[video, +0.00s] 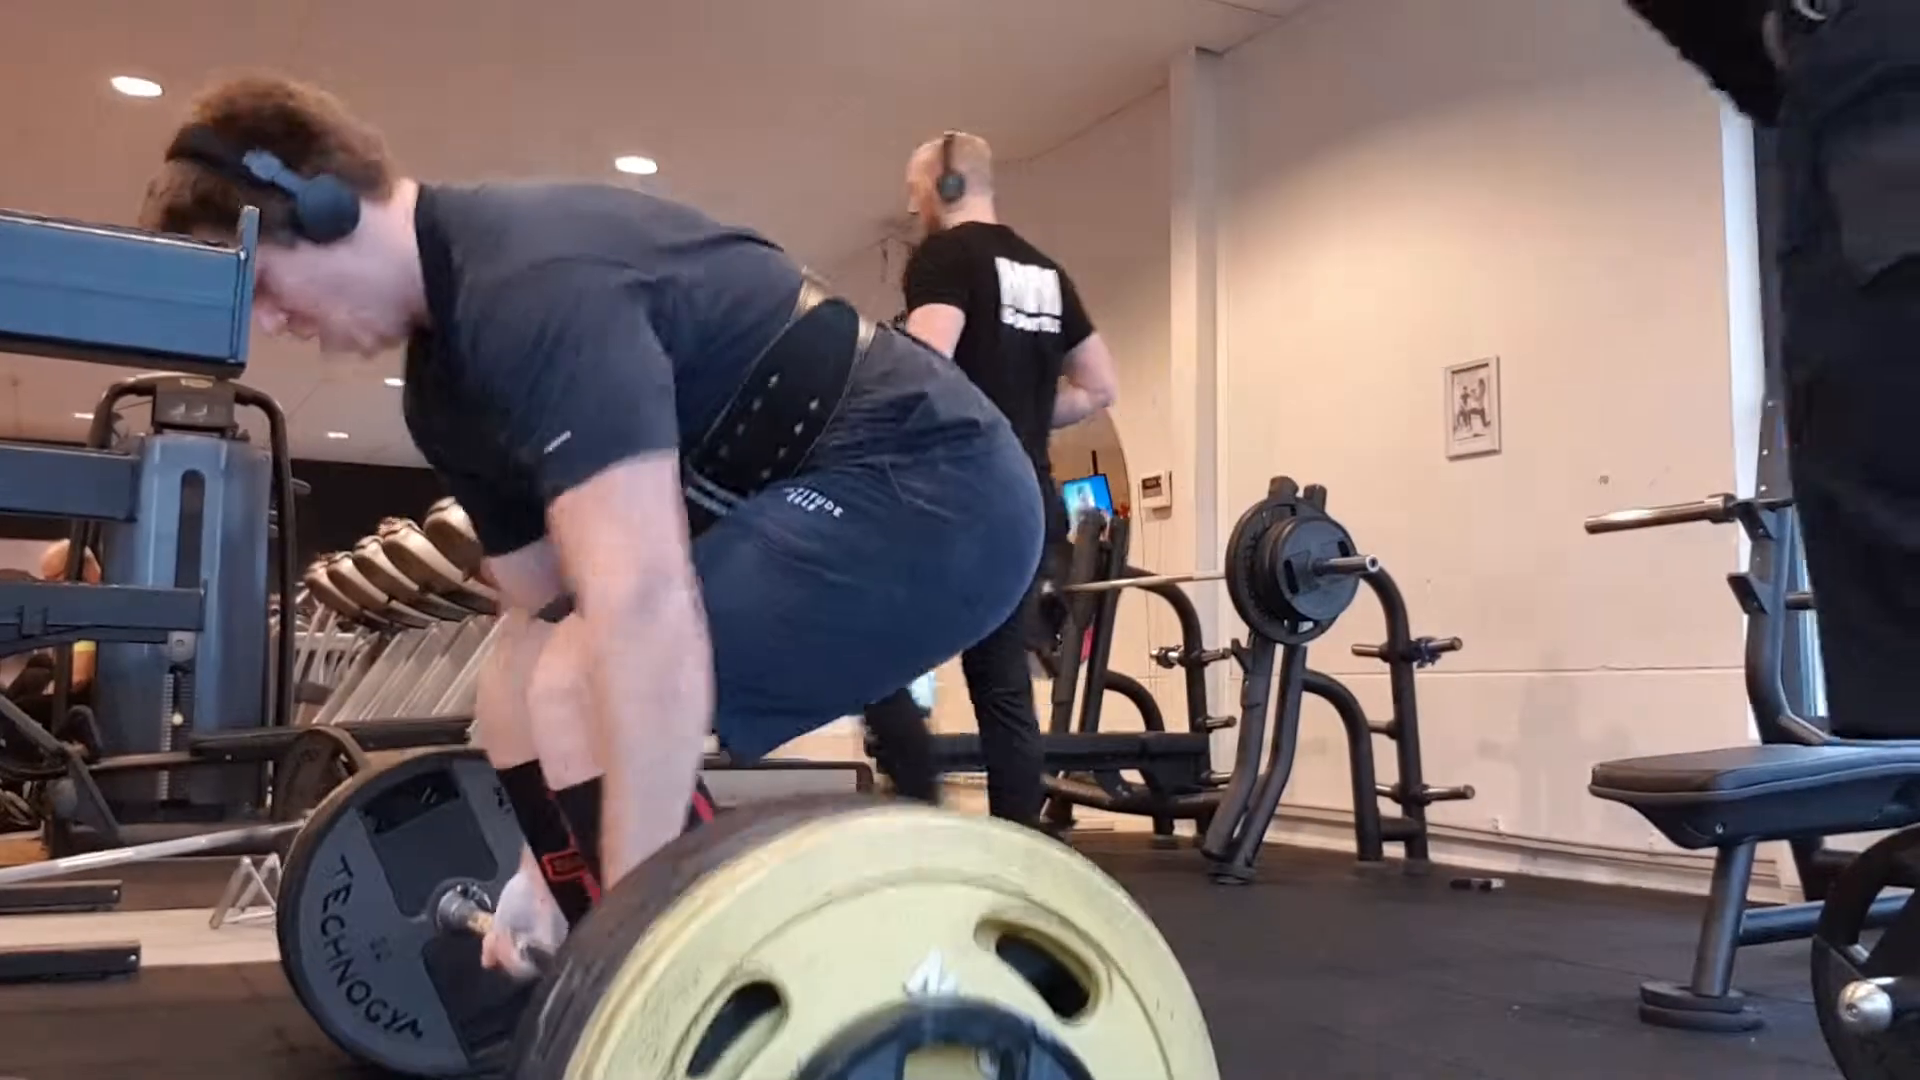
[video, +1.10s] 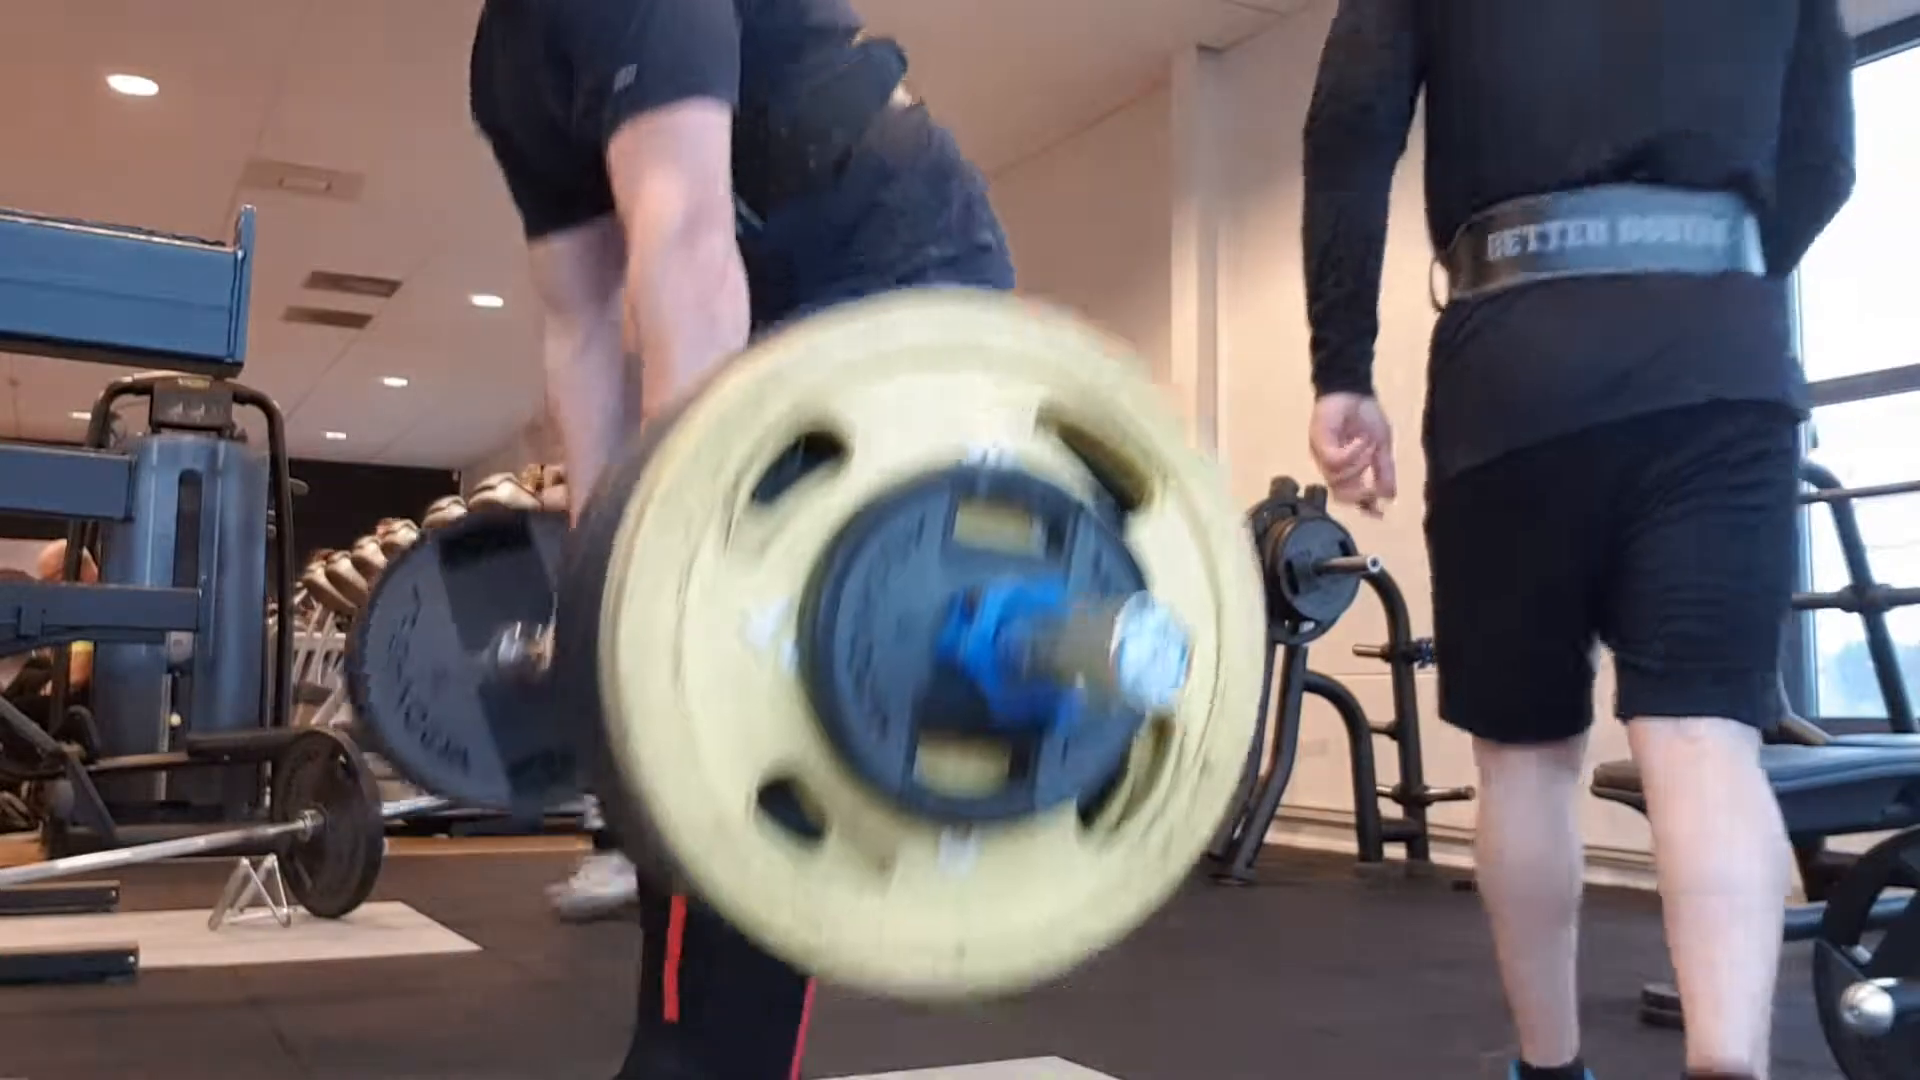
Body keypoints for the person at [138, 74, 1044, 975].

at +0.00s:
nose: (280, 324)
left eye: (262, 285)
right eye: (255, 306)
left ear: (303, 211)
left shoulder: (541, 288)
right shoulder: (444, 380)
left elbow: (643, 602)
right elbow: (539, 617)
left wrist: (639, 926)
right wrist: (538, 876)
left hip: (920, 485)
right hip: (804, 505)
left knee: (586, 689)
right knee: (516, 685)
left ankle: (686, 993)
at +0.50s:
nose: (243, 164)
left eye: (253, 119)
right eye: (232, 131)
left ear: (352, 79)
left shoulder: (544, 221)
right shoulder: (445, 313)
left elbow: (636, 559)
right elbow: (528, 578)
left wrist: (638, 868)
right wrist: (551, 849)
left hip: (908, 417)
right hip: (811, 446)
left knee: (601, 683)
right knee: (537, 668)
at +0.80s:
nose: (326, 9)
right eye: (333, 4)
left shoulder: (597, 100)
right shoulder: (496, 206)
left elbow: (660, 434)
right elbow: (558, 474)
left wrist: (643, 729)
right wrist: (564, 729)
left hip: (927, 371)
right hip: (808, 399)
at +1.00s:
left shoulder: (615, 14)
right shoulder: (508, 114)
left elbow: (676, 307)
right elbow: (573, 376)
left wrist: (676, 595)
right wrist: (586, 626)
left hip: (912, 314)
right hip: (778, 349)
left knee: (756, 674)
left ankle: (701, 1035)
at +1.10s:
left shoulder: (643, 5)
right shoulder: (509, 49)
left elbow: (688, 235)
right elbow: (579, 307)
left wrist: (686, 529)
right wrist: (602, 549)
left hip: (905, 308)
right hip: (769, 330)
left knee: (770, 712)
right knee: (713, 700)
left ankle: (710, 1053)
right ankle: (687, 1045)